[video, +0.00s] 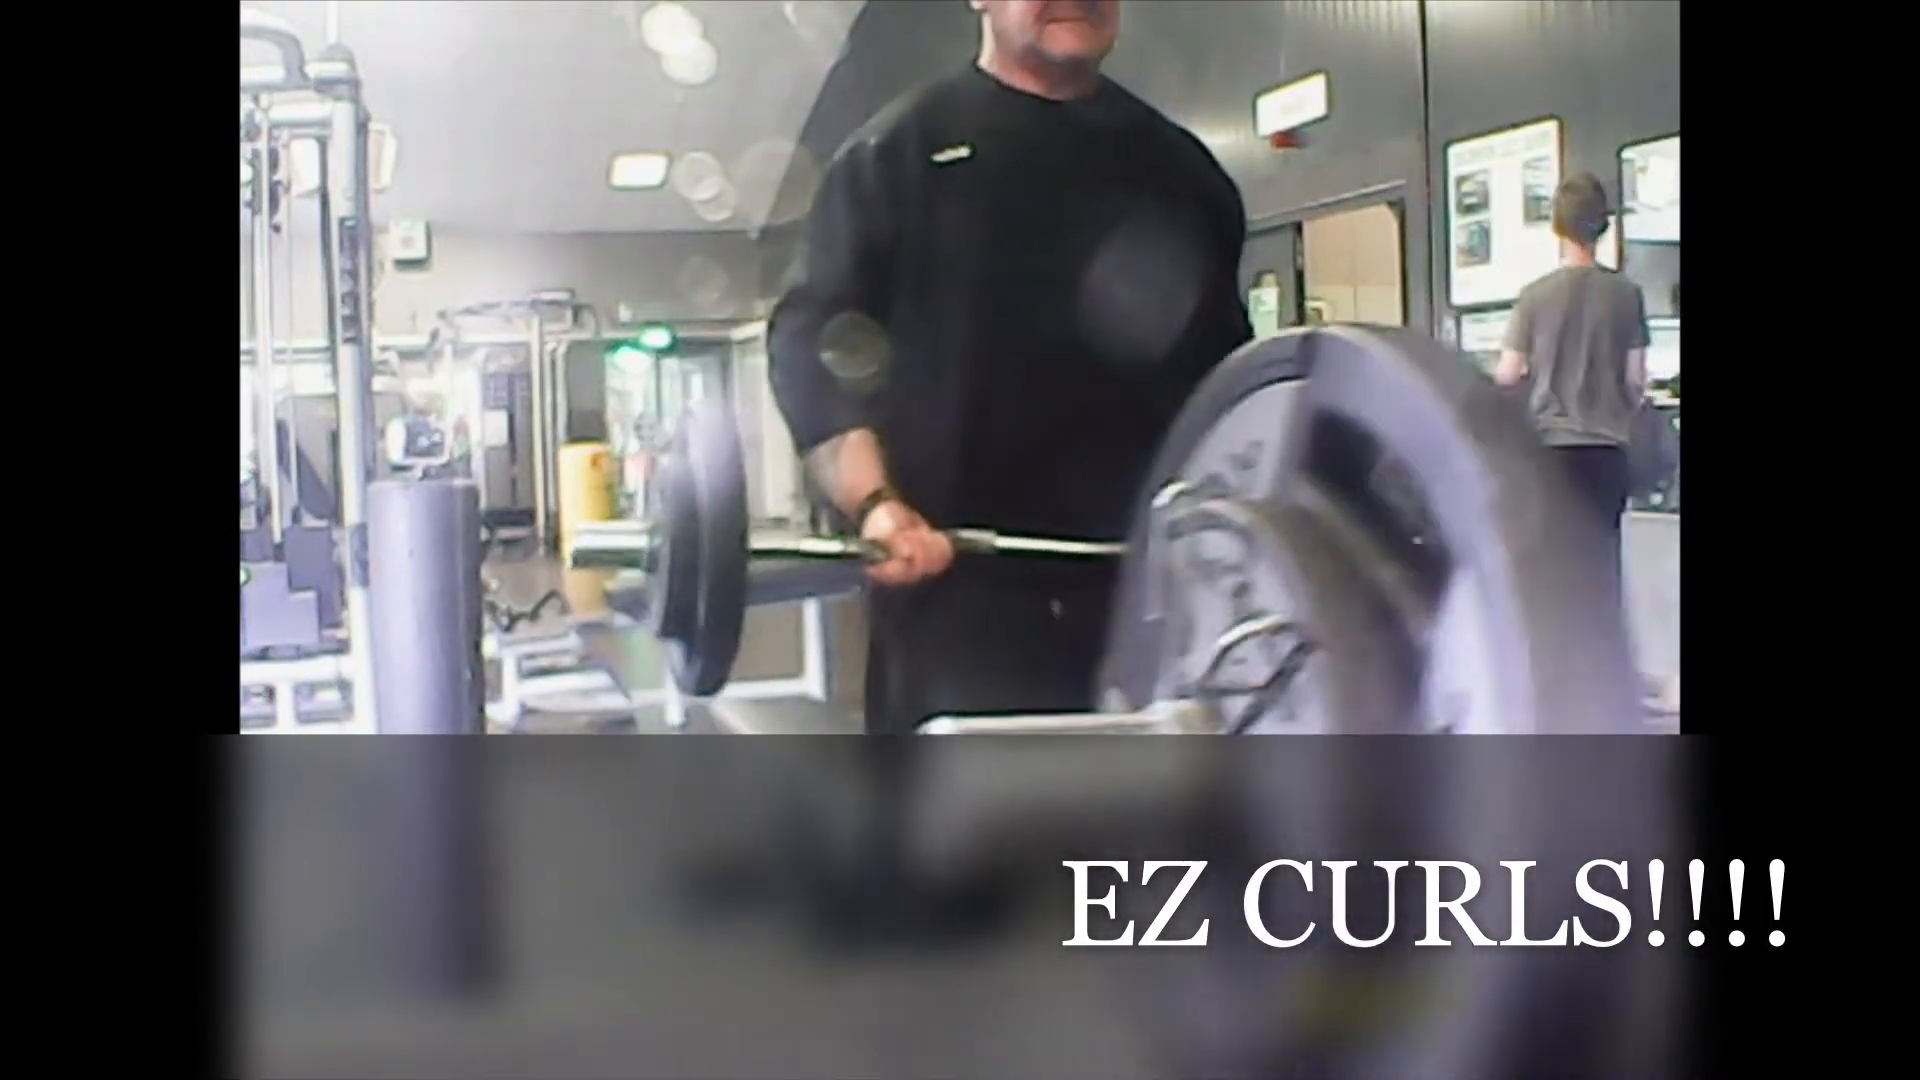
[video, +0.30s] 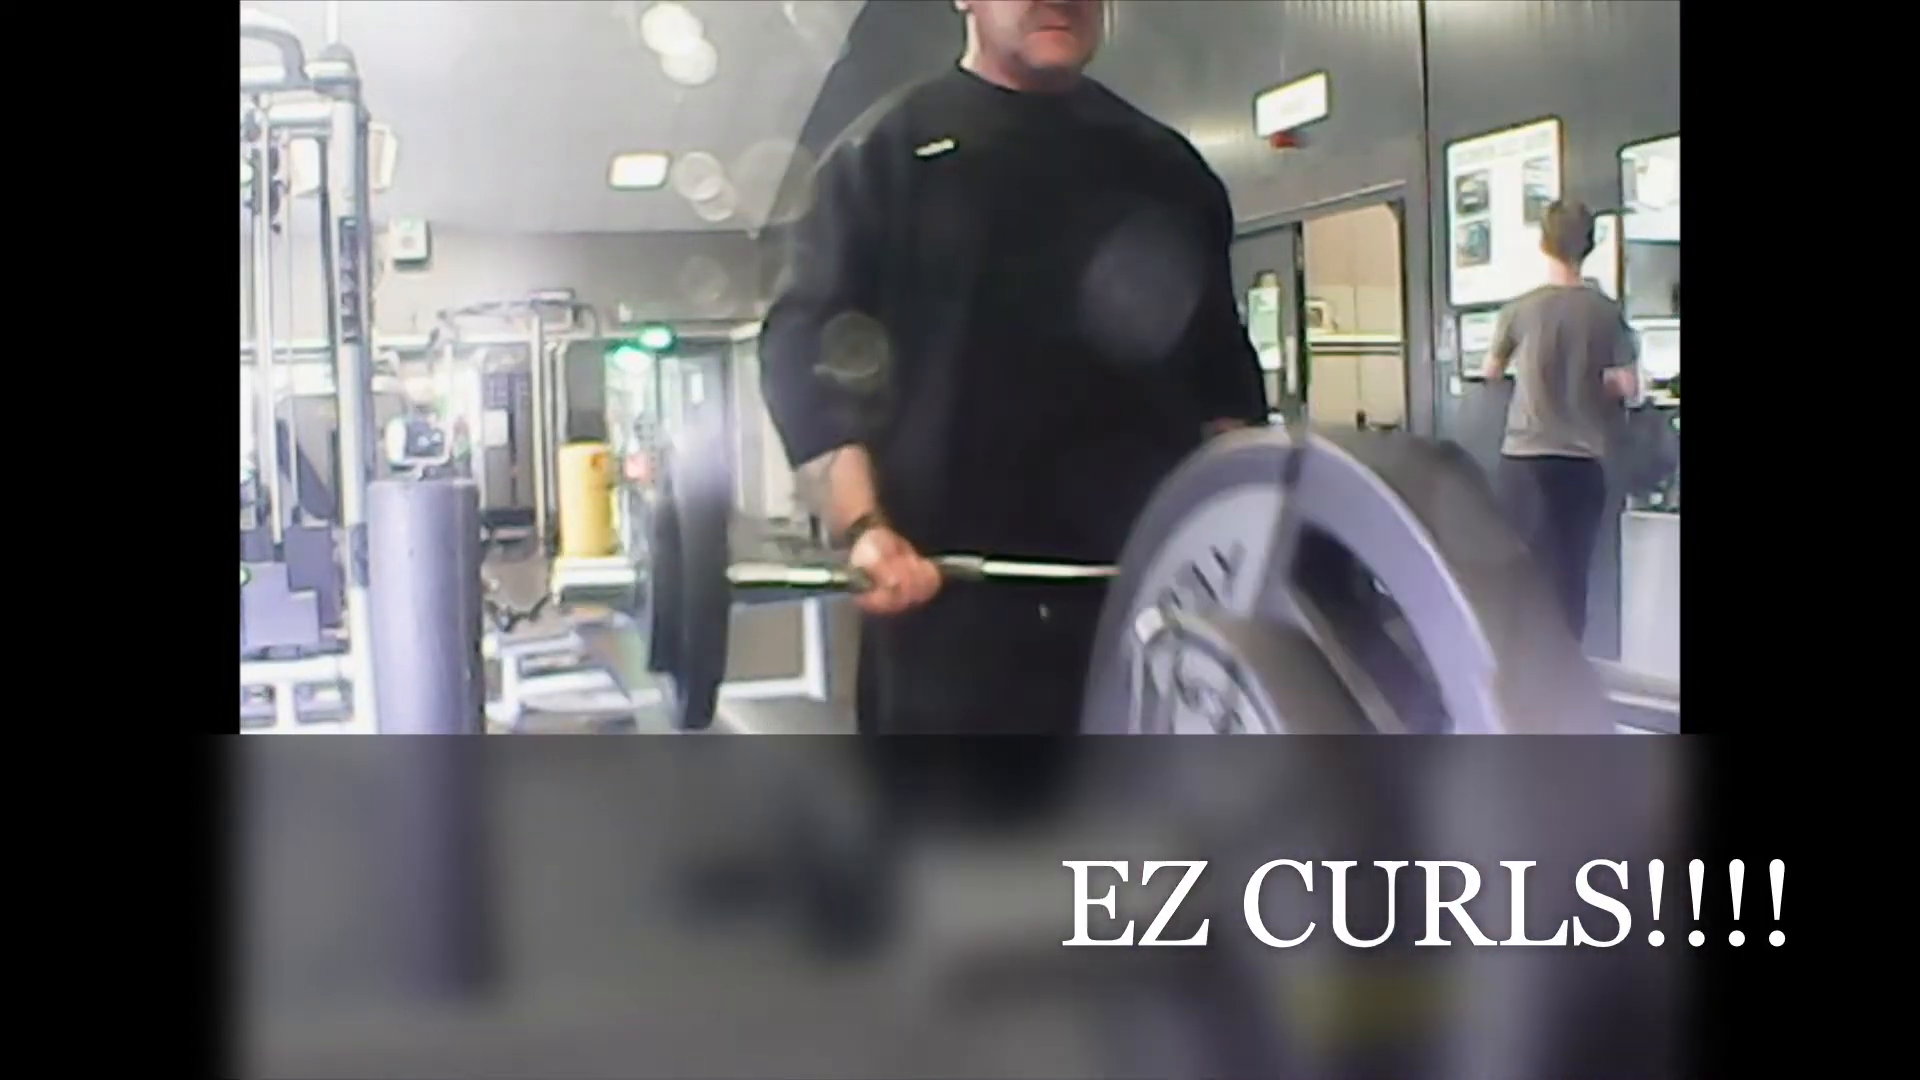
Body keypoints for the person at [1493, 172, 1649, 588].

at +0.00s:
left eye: (1555, 218)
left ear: (1556, 227)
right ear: (1603, 227)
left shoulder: (1535, 295)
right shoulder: (1626, 293)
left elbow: (1509, 373)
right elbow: (1636, 379)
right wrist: (1624, 414)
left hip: (1550, 454)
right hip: (1608, 454)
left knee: (1552, 579)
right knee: (1602, 579)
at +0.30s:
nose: (1544, 244)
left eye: (1545, 238)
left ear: (1544, 245)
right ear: (1588, 246)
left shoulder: (1521, 309)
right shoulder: (1607, 311)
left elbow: (1491, 370)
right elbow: (1625, 386)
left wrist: (1526, 373)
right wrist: (1595, 383)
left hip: (1524, 457)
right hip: (1583, 459)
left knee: (1523, 563)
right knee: (1572, 570)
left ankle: (1525, 660)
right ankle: (1564, 663)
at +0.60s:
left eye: (1547, 236)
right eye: (1574, 238)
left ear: (1542, 242)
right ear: (1585, 244)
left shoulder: (1522, 300)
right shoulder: (1602, 299)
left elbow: (1515, 326)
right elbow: (1624, 337)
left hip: (1521, 449)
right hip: (1579, 450)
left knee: (1519, 551)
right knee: (1570, 559)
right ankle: (1561, 647)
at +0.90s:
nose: (1527, 244)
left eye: (1526, 239)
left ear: (1525, 247)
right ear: (1566, 246)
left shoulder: (1507, 304)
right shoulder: (1582, 299)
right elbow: (1608, 307)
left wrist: (1561, 283)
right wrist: (1591, 282)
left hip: (1518, 445)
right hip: (1571, 445)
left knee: (1518, 547)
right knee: (1568, 557)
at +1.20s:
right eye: (1536, 245)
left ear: (1497, 253)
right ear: (1539, 252)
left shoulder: (1484, 310)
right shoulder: (1560, 300)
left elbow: (1515, 308)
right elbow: (1609, 306)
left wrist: (1536, 282)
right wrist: (1588, 276)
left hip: (1504, 450)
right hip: (1560, 448)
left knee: (1503, 561)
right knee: (1558, 564)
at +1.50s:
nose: (1515, 252)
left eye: (1497, 245)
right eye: (1519, 244)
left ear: (1481, 253)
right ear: (1522, 250)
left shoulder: (1475, 313)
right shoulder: (1543, 302)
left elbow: (1515, 308)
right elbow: (1608, 299)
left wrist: (1551, 279)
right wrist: (1581, 269)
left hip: (1495, 450)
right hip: (1547, 447)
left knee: (1496, 554)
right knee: (1551, 554)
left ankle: (1493, 660)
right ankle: (1551, 665)